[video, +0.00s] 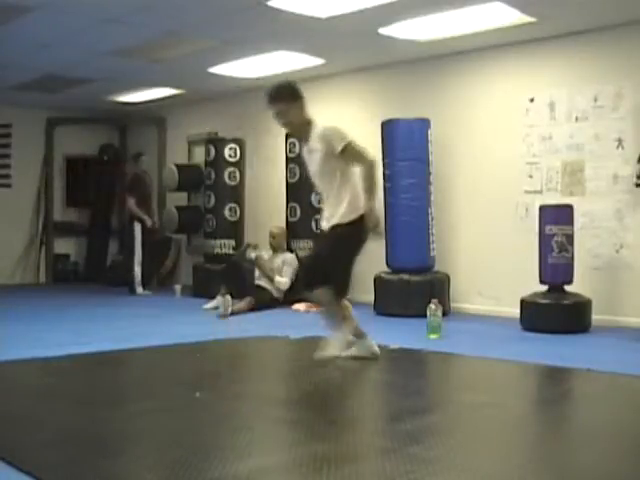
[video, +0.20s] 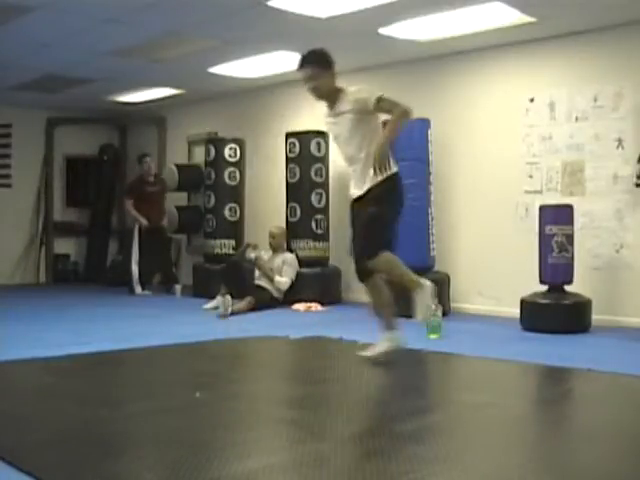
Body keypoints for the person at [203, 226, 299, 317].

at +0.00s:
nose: (271, 241)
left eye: (274, 238)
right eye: (270, 237)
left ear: (283, 239)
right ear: (269, 238)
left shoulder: (290, 258)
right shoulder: (264, 255)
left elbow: (284, 285)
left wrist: (264, 270)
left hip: (271, 294)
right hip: (256, 288)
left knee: (250, 301)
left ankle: (231, 310)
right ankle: (221, 299)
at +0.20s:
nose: (270, 241)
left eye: (273, 238)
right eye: (270, 237)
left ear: (282, 239)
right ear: (268, 238)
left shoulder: (289, 258)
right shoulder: (264, 255)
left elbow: (284, 285)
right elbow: (247, 257)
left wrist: (263, 269)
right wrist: (247, 249)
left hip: (271, 293)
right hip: (255, 287)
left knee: (250, 301)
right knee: (233, 266)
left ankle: (230, 310)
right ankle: (221, 298)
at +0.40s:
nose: (270, 241)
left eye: (273, 238)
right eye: (269, 237)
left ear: (283, 240)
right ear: (268, 238)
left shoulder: (289, 258)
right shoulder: (264, 254)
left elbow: (284, 285)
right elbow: (247, 259)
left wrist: (264, 270)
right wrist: (247, 249)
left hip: (271, 293)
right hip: (254, 287)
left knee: (250, 301)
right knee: (234, 266)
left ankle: (231, 310)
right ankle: (220, 298)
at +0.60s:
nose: (270, 241)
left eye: (273, 238)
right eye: (269, 237)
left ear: (283, 240)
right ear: (268, 238)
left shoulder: (289, 258)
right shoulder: (264, 254)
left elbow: (284, 285)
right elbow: (247, 258)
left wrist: (263, 270)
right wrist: (247, 249)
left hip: (271, 293)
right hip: (254, 287)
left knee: (250, 301)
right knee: (233, 266)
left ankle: (231, 310)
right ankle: (221, 298)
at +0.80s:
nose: (271, 240)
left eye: (275, 237)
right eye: (270, 237)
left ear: (284, 239)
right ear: (269, 238)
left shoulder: (289, 258)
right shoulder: (264, 254)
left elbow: (284, 285)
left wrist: (264, 270)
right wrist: (247, 250)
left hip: (271, 293)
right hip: (255, 286)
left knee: (250, 301)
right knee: (234, 266)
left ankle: (230, 310)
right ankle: (220, 298)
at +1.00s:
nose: (273, 240)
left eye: (277, 237)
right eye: (272, 237)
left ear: (285, 239)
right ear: (270, 238)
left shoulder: (290, 258)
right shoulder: (264, 255)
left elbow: (284, 285)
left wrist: (263, 270)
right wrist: (246, 250)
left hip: (270, 293)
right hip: (254, 286)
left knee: (250, 301)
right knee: (233, 266)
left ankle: (230, 310)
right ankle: (220, 298)